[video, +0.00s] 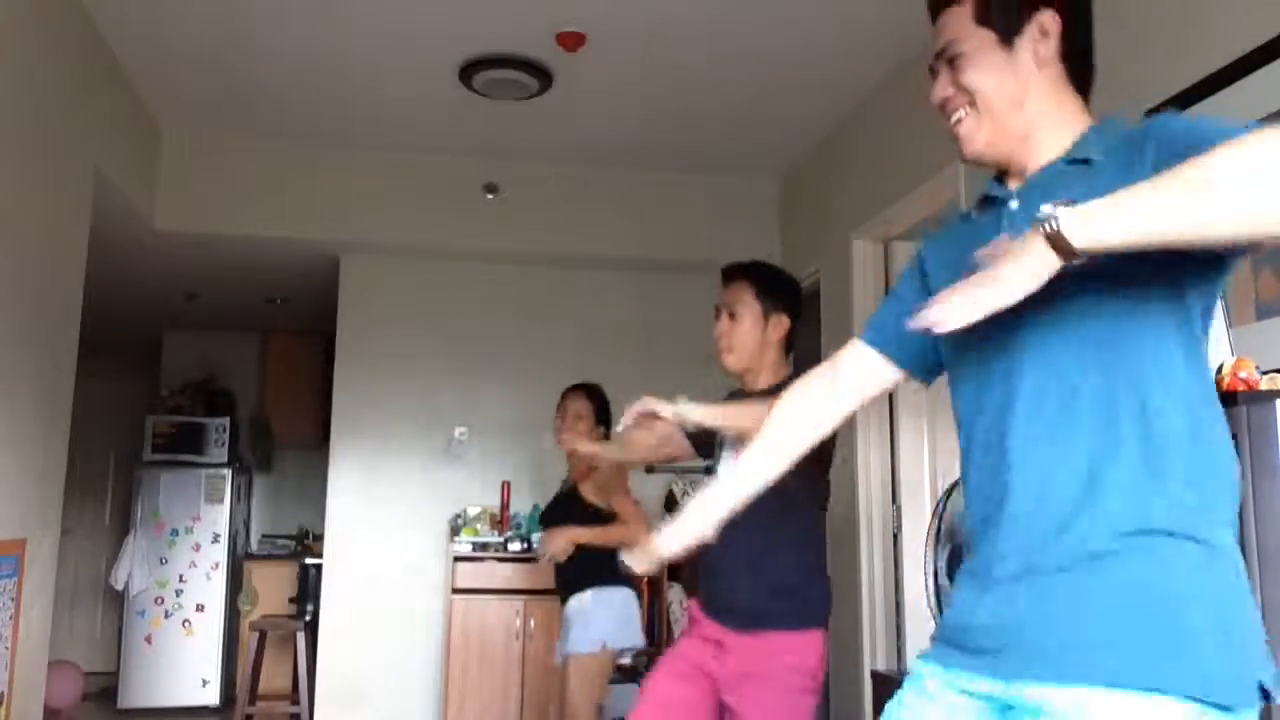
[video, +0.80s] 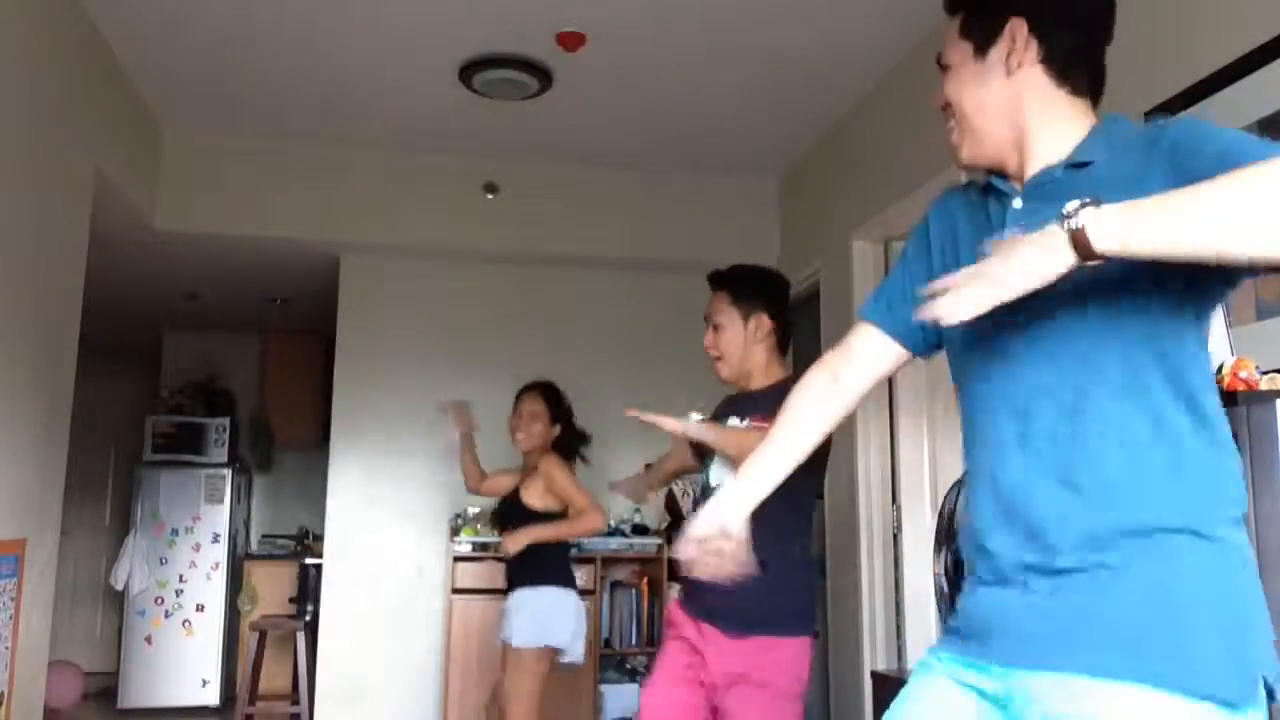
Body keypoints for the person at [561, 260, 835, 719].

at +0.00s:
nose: (719, 330)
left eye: (733, 315)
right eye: (719, 316)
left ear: (778, 327)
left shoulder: (811, 399)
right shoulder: (732, 410)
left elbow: (774, 419)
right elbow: (661, 443)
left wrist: (678, 412)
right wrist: (601, 449)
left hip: (781, 641)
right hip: (707, 629)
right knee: (649, 712)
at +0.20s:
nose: (714, 300)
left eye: (729, 286)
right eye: (714, 286)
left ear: (772, 298)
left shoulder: (789, 360)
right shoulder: (730, 361)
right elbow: (672, 389)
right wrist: (641, 399)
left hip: (756, 582)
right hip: (716, 582)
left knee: (733, 712)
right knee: (674, 710)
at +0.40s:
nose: (711, 332)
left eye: (726, 318)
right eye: (711, 319)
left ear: (770, 332)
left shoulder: (789, 402)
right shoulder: (721, 399)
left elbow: (790, 442)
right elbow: (671, 429)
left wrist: (728, 429)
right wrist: (644, 446)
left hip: (755, 616)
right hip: (720, 610)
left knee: (681, 711)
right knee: (737, 713)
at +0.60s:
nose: (709, 306)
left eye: (722, 292)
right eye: (709, 292)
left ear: (768, 302)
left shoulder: (801, 374)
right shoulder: (721, 380)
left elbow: (795, 416)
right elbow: (656, 444)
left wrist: (692, 402)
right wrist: (576, 446)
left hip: (766, 594)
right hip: (708, 591)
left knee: (722, 714)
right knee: (669, 713)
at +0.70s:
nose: (709, 325)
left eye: (720, 310)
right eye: (710, 311)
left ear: (766, 316)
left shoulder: (807, 389)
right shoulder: (723, 399)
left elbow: (778, 430)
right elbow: (696, 443)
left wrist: (703, 427)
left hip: (770, 626)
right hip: (693, 615)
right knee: (663, 713)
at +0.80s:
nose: (706, 342)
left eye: (716, 326)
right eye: (707, 327)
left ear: (761, 326)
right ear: (758, 328)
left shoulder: (807, 402)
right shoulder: (729, 408)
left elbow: (772, 452)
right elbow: (687, 453)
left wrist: (699, 431)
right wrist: (651, 478)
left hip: (767, 636)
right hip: (693, 624)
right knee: (658, 712)